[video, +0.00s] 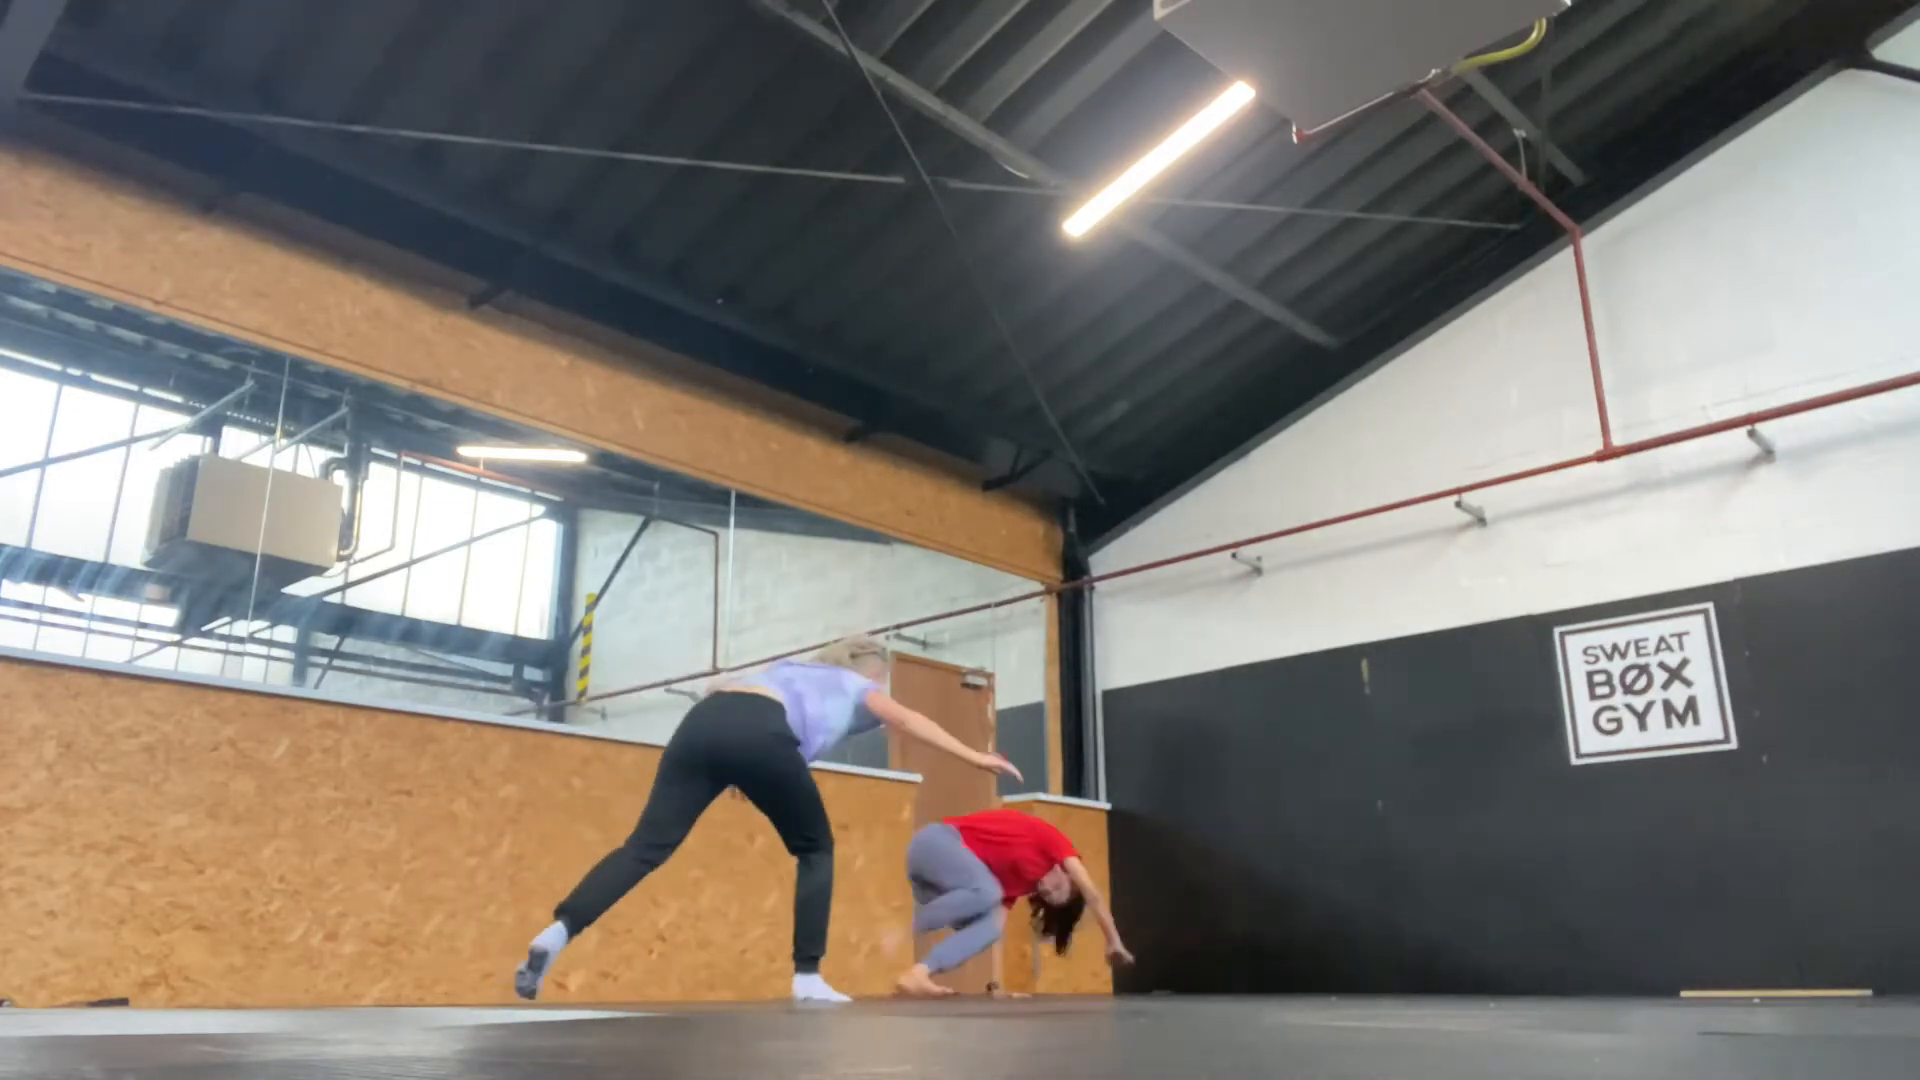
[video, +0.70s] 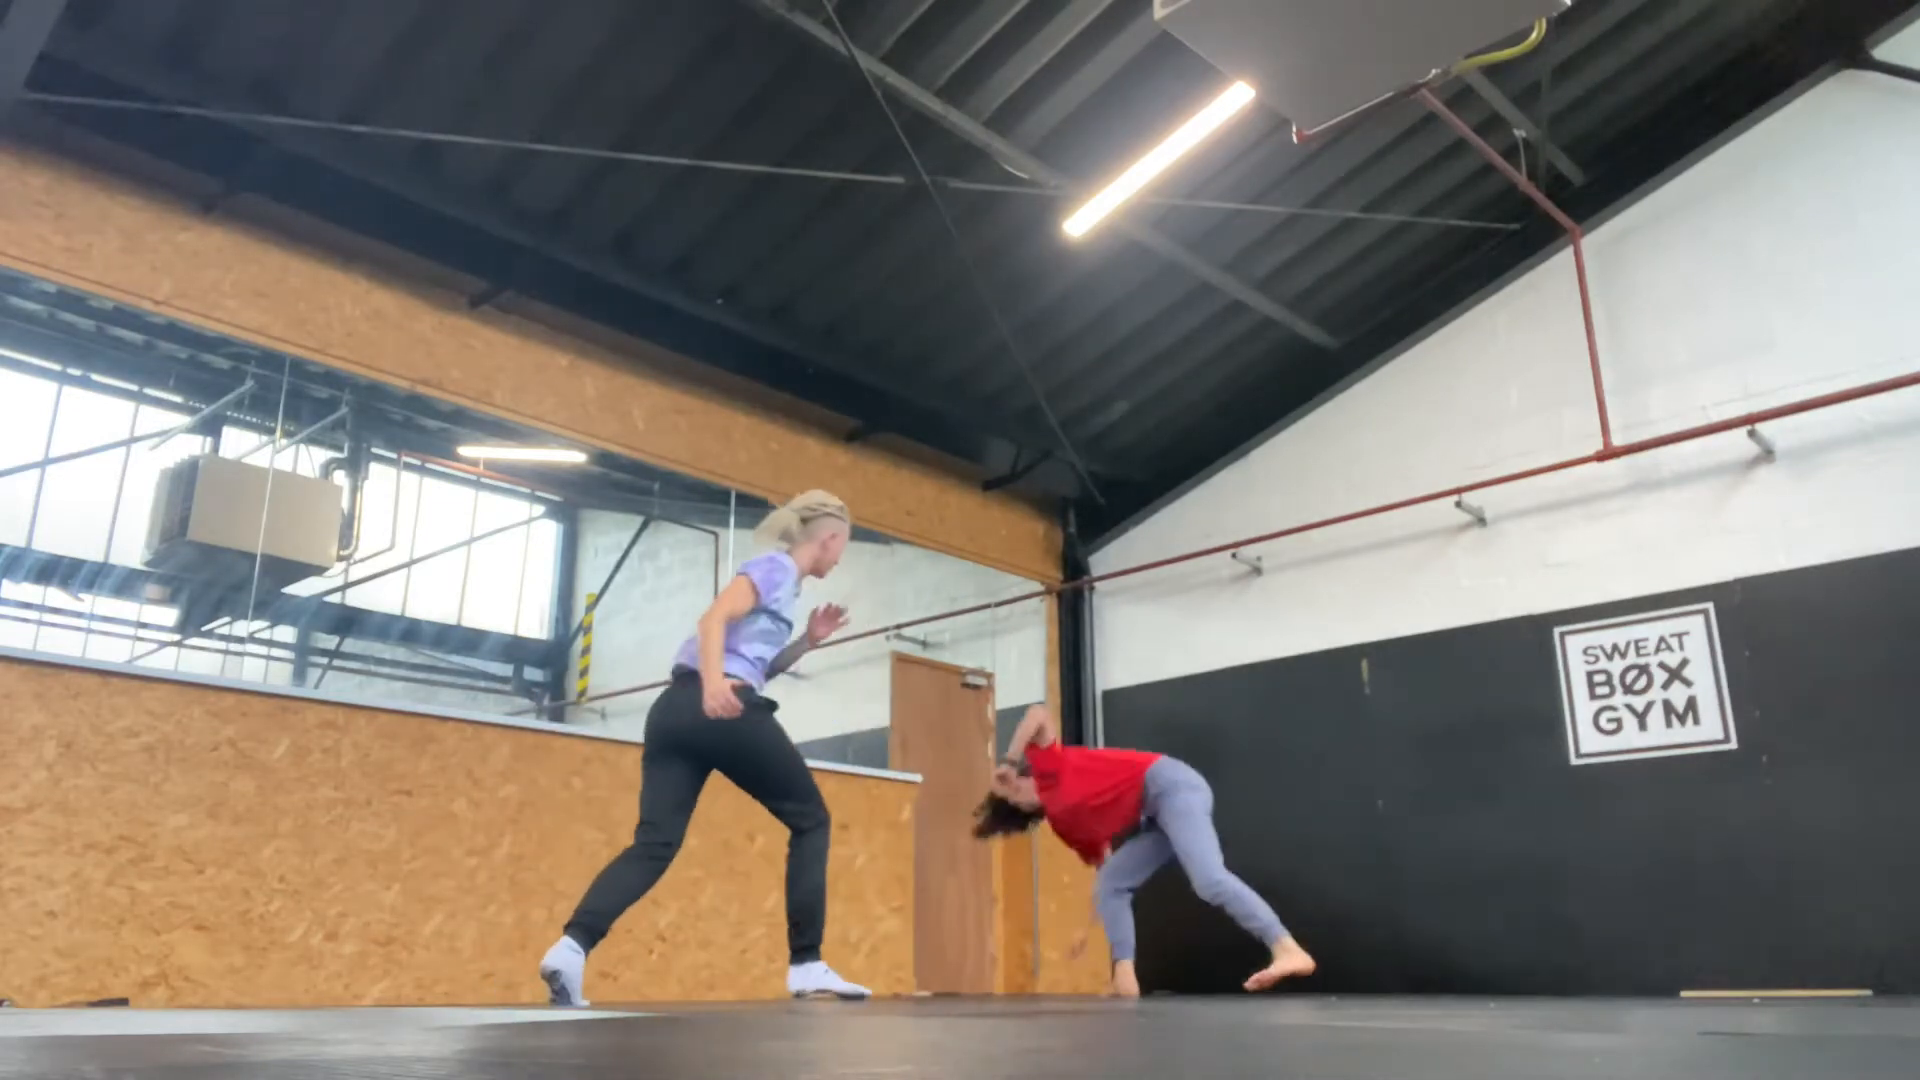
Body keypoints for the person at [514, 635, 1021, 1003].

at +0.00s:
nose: (883, 692)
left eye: (883, 684)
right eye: (881, 685)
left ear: (834, 663)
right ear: (866, 674)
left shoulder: (794, 669)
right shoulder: (856, 685)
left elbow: (737, 684)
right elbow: (907, 720)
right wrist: (975, 756)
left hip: (705, 718)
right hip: (761, 726)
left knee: (646, 846)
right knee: (814, 850)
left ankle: (556, 933)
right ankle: (808, 980)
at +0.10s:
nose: (890, 671)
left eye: (892, 664)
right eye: (890, 662)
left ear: (845, 640)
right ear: (873, 650)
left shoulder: (795, 661)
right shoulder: (857, 664)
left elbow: (725, 683)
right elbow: (863, 681)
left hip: (709, 719)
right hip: (764, 728)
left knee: (661, 846)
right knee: (816, 850)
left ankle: (581, 917)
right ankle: (808, 978)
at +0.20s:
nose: (881, 639)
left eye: (883, 631)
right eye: (880, 630)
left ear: (835, 615)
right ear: (863, 624)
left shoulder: (785, 641)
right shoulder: (847, 638)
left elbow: (723, 674)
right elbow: (831, 653)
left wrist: (724, 679)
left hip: (706, 715)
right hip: (762, 719)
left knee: (665, 845)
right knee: (809, 849)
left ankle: (587, 917)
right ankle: (808, 979)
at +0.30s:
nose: (860, 608)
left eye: (863, 600)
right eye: (861, 598)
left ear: (814, 583)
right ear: (849, 589)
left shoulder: (764, 613)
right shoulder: (831, 608)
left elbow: (699, 661)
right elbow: (795, 617)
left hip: (692, 711)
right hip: (751, 713)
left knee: (665, 845)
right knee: (789, 848)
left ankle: (584, 935)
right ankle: (807, 978)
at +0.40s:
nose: (836, 588)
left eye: (839, 578)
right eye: (838, 575)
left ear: (801, 560)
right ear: (823, 565)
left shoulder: (753, 595)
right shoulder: (796, 583)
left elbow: (678, 658)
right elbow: (742, 597)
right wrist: (711, 647)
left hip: (679, 710)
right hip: (738, 717)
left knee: (656, 847)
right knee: (778, 852)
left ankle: (576, 943)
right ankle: (805, 976)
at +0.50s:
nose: (818, 580)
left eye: (822, 571)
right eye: (819, 568)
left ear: (787, 553)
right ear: (801, 556)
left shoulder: (755, 593)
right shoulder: (765, 574)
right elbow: (705, 608)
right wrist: (669, 670)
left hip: (664, 717)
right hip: (715, 716)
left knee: (653, 853)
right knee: (780, 837)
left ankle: (569, 955)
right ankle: (805, 977)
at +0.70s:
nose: (841, 554)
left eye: (844, 542)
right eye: (840, 540)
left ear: (807, 535)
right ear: (820, 536)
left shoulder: (779, 586)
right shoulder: (778, 569)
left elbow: (760, 667)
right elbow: (715, 616)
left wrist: (806, 640)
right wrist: (714, 678)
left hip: (676, 704)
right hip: (726, 702)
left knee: (654, 845)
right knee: (810, 821)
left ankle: (570, 949)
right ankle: (807, 965)